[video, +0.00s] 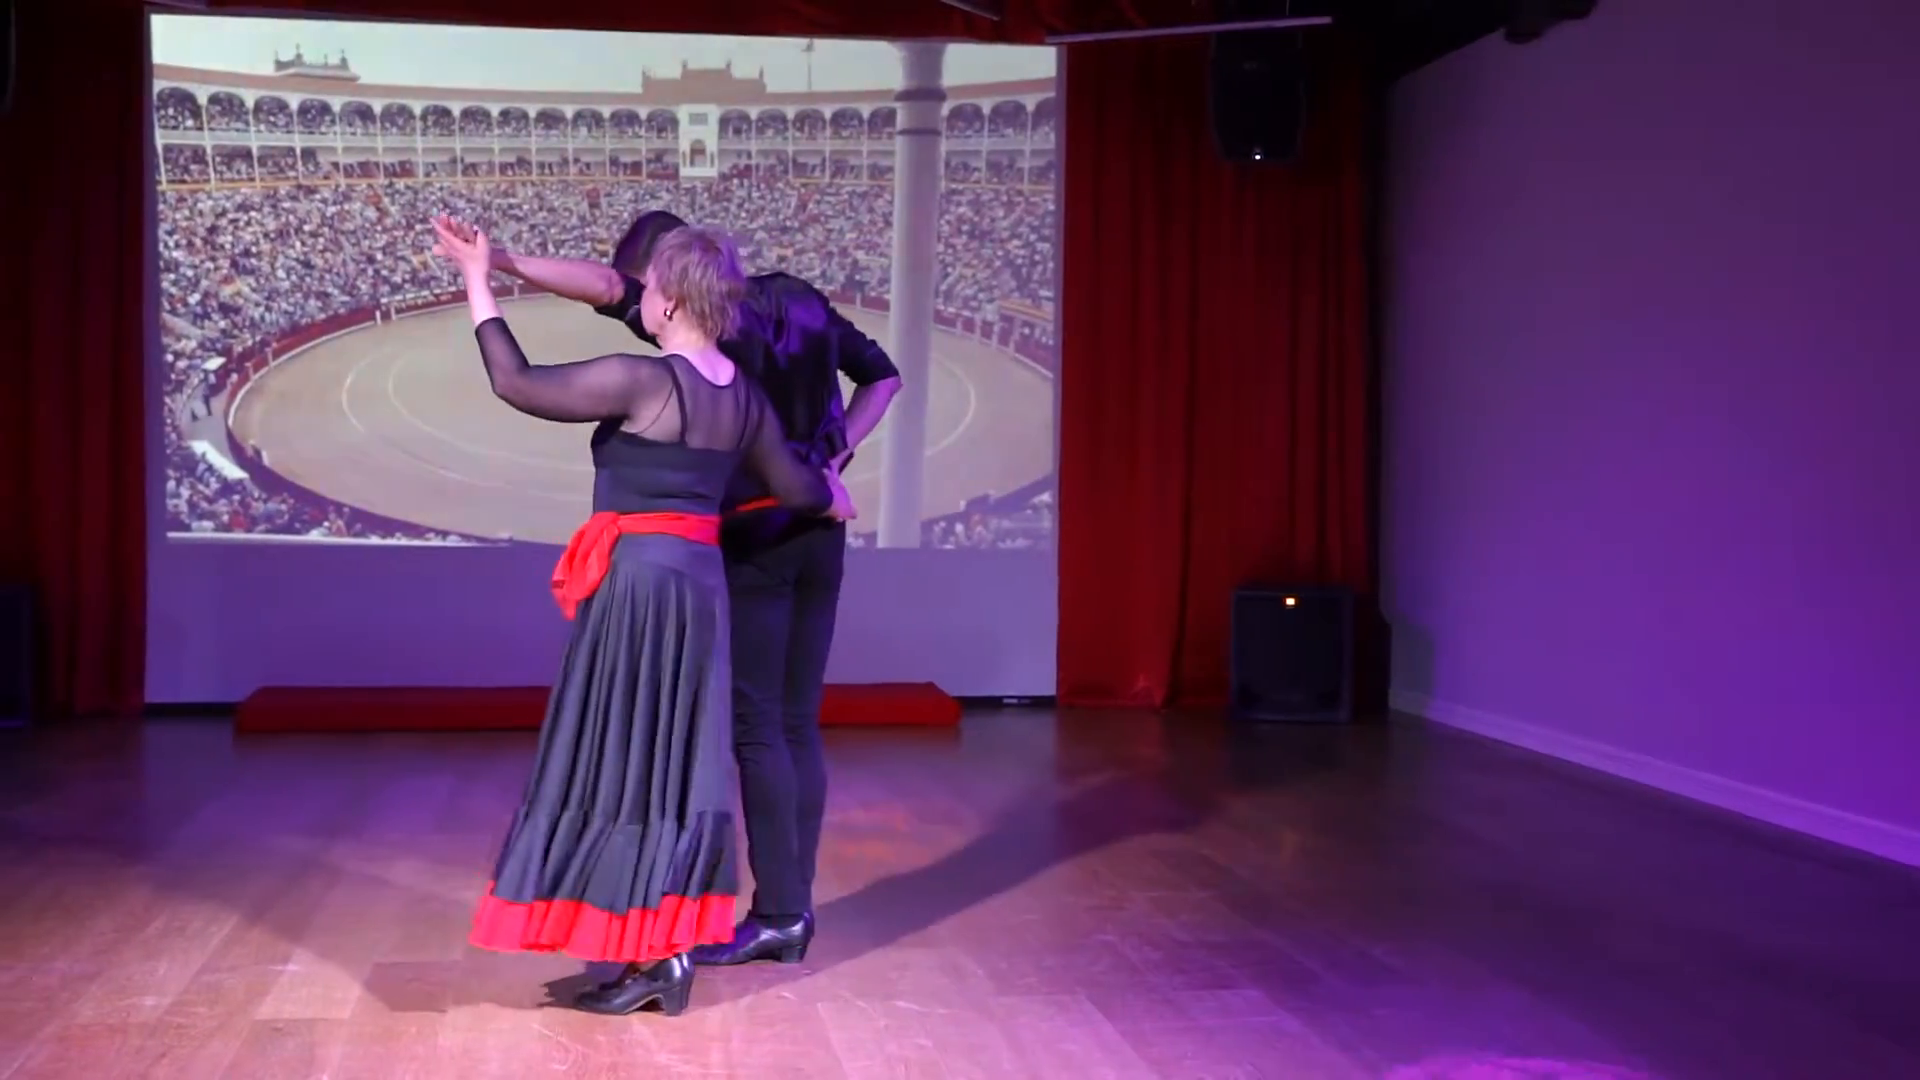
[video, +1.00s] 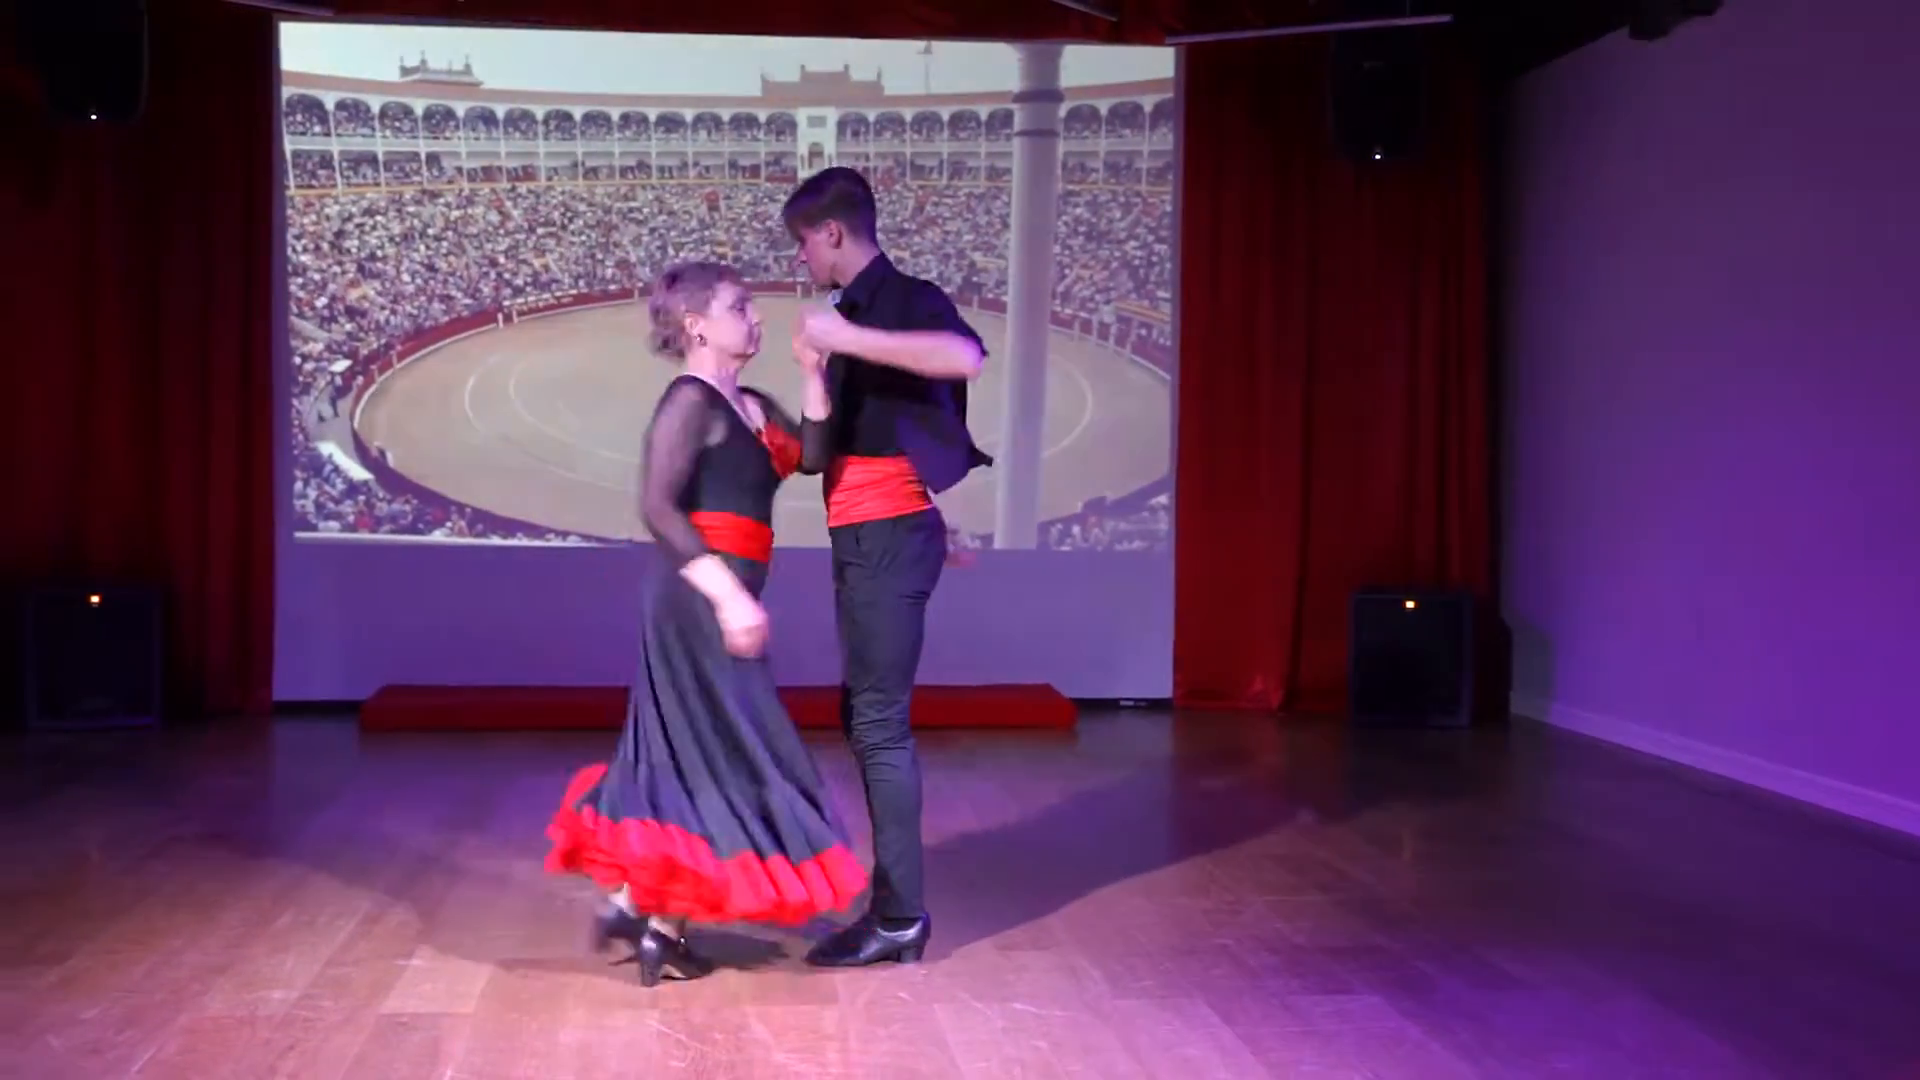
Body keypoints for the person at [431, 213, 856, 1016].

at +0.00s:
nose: (634, 300)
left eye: (640, 289)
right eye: (637, 289)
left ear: (663, 299)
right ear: (717, 301)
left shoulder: (638, 377)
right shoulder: (742, 397)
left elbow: (514, 384)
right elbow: (792, 486)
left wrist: (477, 283)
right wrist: (828, 491)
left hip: (636, 579)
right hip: (698, 581)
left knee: (621, 757)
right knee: (674, 758)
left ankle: (640, 952)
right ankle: (661, 946)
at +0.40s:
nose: (652, 303)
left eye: (656, 292)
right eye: (658, 292)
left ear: (668, 301)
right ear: (737, 306)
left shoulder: (639, 377)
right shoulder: (759, 395)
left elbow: (519, 372)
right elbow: (823, 483)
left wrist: (479, 279)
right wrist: (867, 478)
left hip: (658, 583)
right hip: (729, 585)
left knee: (657, 758)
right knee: (716, 760)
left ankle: (684, 951)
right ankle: (708, 951)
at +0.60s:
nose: (734, 285)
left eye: (736, 269)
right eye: (732, 270)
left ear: (764, 258)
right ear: (794, 252)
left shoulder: (782, 336)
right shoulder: (882, 308)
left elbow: (665, 358)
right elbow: (955, 395)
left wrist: (561, 293)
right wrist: (906, 453)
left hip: (832, 538)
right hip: (892, 528)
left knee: (830, 728)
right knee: (859, 724)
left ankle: (850, 916)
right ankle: (861, 904)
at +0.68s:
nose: (752, 280)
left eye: (755, 263)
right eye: (749, 265)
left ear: (786, 251)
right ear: (807, 247)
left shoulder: (822, 326)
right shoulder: (879, 309)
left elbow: (758, 414)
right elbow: (937, 412)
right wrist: (900, 466)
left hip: (845, 543)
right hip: (878, 534)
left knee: (844, 731)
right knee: (848, 727)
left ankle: (862, 917)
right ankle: (864, 909)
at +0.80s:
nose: (775, 273)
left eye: (777, 256)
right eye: (772, 257)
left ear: (811, 244)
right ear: (816, 242)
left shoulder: (870, 312)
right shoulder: (853, 307)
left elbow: (873, 434)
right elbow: (884, 414)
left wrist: (794, 389)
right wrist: (931, 469)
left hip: (868, 547)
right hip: (850, 542)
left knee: (859, 730)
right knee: (844, 725)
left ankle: (878, 916)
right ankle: (871, 905)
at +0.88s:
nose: (785, 270)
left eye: (788, 253)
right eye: (781, 255)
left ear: (823, 239)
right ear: (823, 241)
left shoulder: (902, 304)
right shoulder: (844, 315)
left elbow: (940, 410)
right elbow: (869, 422)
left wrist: (836, 376)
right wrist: (938, 483)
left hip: (882, 535)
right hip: (848, 534)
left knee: (866, 727)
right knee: (848, 724)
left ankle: (889, 917)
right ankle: (878, 903)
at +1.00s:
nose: (802, 260)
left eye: (804, 243)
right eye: (800, 246)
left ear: (836, 233)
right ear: (839, 234)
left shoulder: (906, 297)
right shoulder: (851, 313)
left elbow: (965, 357)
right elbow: (828, 452)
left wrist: (846, 338)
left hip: (890, 534)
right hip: (862, 535)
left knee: (879, 724)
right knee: (870, 721)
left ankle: (901, 914)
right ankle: (891, 903)